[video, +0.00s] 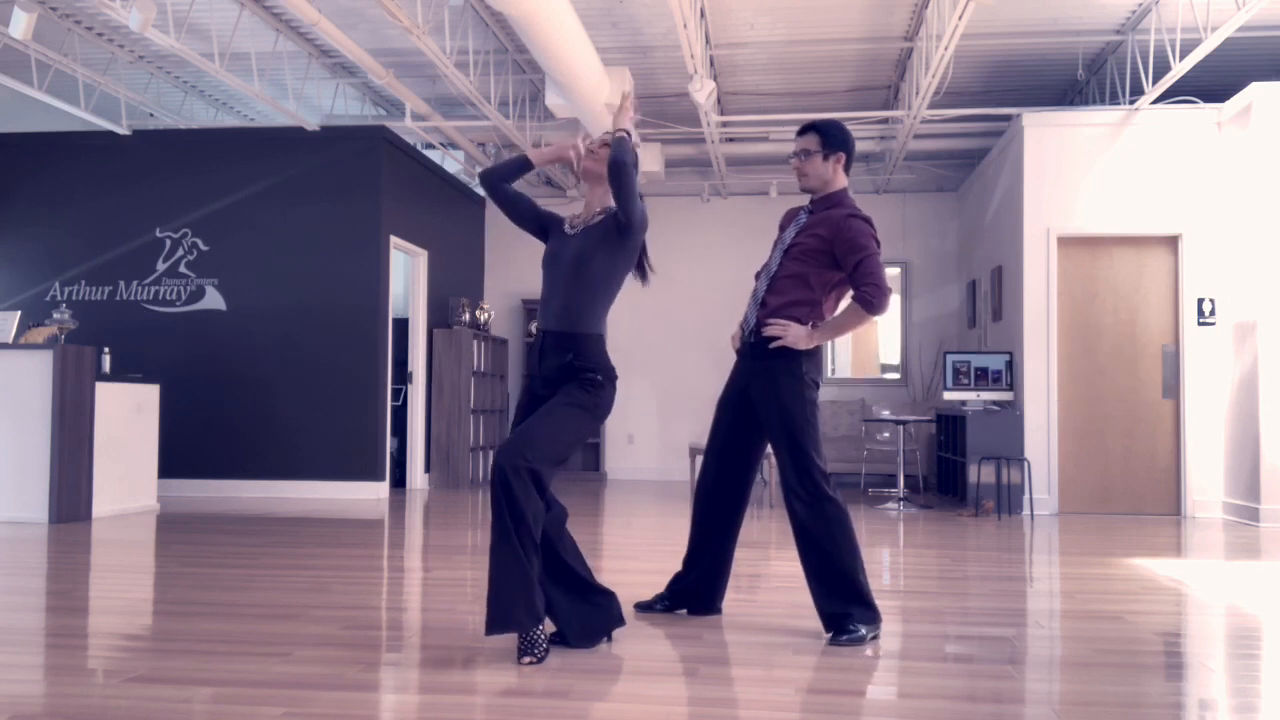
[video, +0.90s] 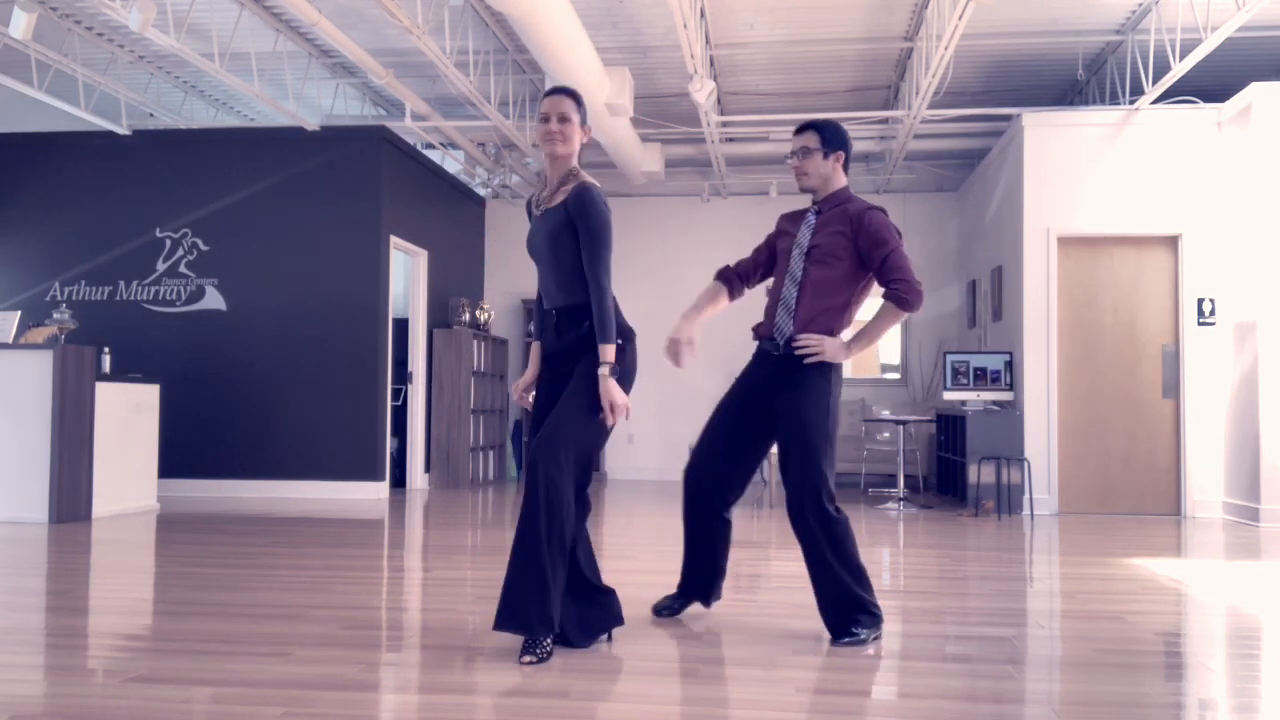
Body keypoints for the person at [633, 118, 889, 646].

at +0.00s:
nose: (795, 164)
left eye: (805, 156)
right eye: (794, 156)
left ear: (837, 162)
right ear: (806, 164)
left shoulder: (848, 221)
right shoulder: (798, 217)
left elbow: (874, 298)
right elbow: (780, 280)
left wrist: (817, 334)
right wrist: (747, 325)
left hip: (787, 364)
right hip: (751, 359)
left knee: (807, 487)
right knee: (721, 479)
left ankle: (855, 616)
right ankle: (697, 591)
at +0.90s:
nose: (793, 163)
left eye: (804, 154)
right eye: (792, 155)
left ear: (837, 159)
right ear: (807, 163)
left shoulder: (865, 218)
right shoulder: (791, 224)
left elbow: (906, 294)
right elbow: (740, 276)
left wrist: (848, 347)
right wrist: (690, 319)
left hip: (811, 370)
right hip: (764, 364)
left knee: (808, 493)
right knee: (706, 473)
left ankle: (857, 617)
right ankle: (699, 584)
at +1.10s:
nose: (797, 149)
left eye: (807, 141)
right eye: (789, 142)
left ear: (829, 152)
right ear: (780, 151)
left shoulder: (838, 208)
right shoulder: (765, 212)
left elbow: (885, 279)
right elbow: (700, 250)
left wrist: (831, 336)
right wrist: (630, 271)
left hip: (794, 363)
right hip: (745, 360)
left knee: (815, 490)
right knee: (694, 487)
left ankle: (856, 618)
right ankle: (688, 602)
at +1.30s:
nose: (785, 145)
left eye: (796, 137)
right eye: (776, 135)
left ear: (810, 148)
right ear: (762, 142)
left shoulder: (813, 206)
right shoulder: (730, 191)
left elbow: (859, 284)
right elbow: (656, 216)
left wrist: (794, 316)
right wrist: (587, 231)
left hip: (762, 356)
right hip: (709, 351)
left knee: (783, 473)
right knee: (684, 480)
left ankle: (833, 592)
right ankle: (691, 604)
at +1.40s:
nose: (778, 151)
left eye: (789, 143)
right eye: (768, 141)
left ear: (803, 152)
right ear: (754, 147)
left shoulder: (811, 218)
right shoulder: (723, 195)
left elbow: (851, 297)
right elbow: (651, 218)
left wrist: (786, 336)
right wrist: (597, 225)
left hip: (748, 355)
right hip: (695, 348)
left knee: (748, 459)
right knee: (676, 472)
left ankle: (775, 550)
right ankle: (688, 600)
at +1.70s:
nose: (756, 184)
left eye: (765, 174)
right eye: (746, 174)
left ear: (779, 180)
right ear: (731, 178)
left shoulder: (790, 240)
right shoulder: (707, 230)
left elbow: (832, 321)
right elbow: (641, 262)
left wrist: (792, 386)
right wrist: (564, 271)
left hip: (760, 386)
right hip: (707, 376)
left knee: (753, 481)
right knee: (663, 484)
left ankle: (730, 573)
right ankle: (682, 600)